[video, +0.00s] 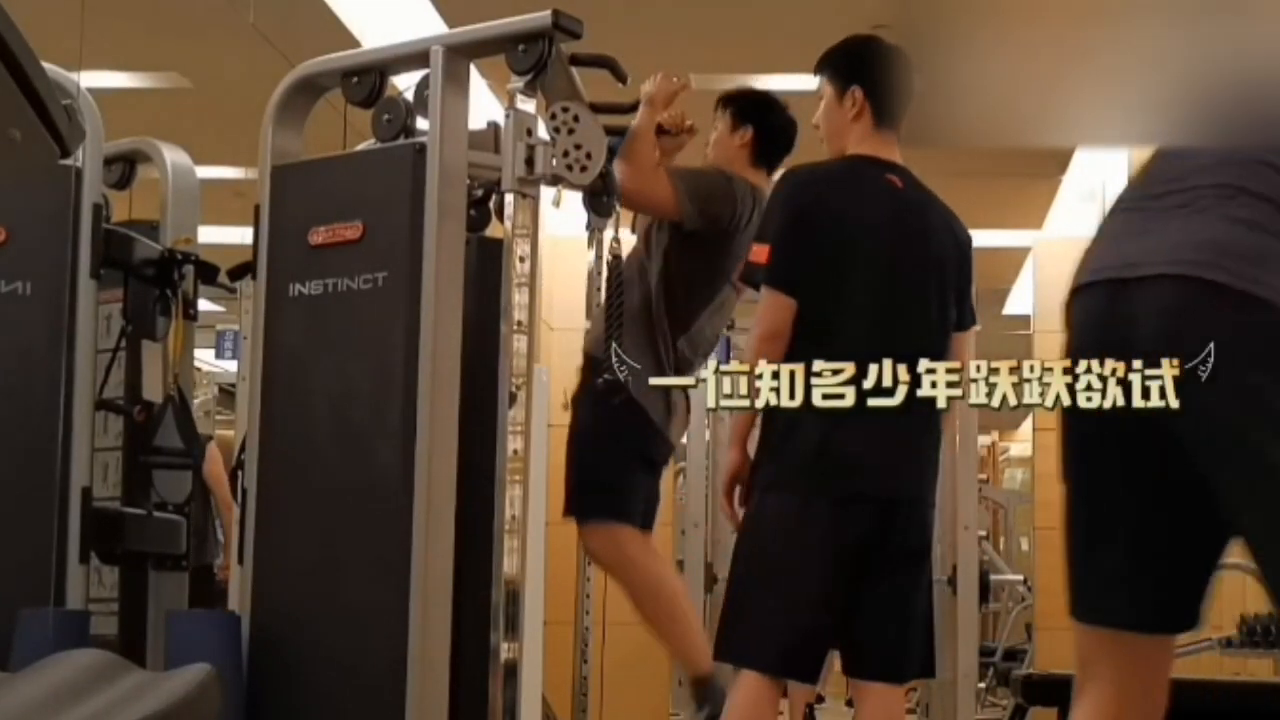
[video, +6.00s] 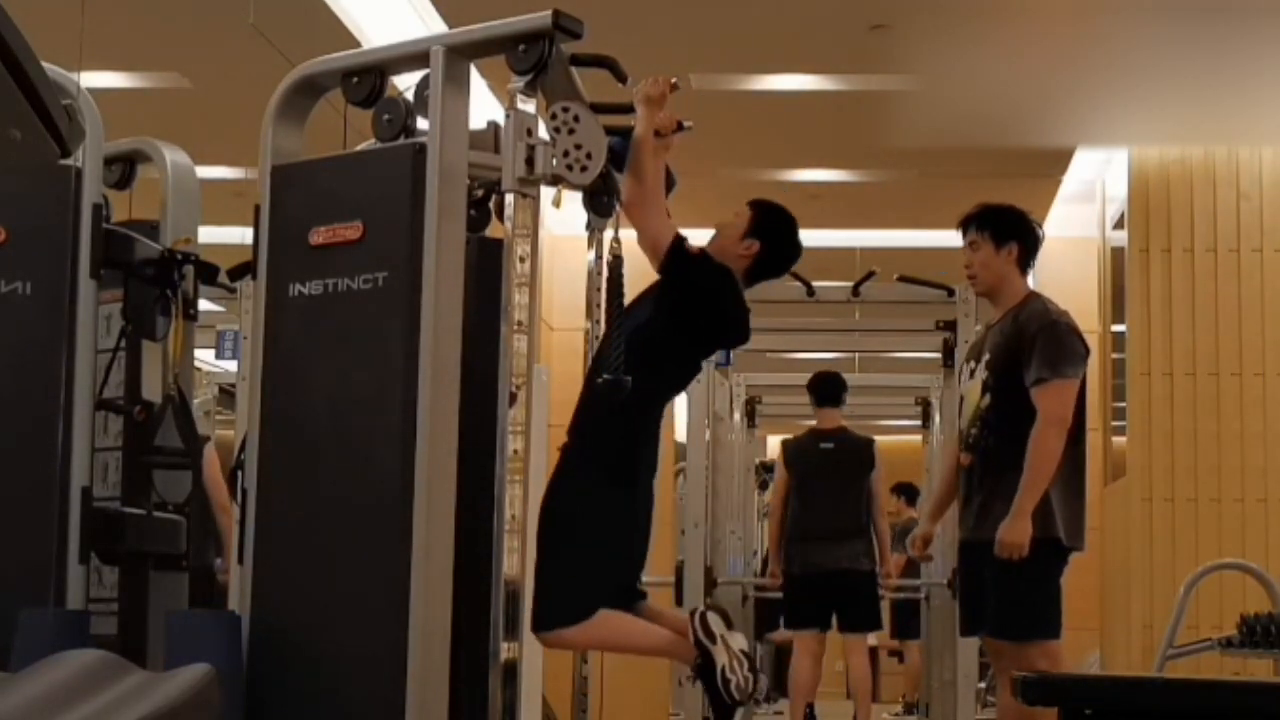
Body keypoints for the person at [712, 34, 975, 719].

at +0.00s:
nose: (816, 116)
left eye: (822, 99)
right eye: (818, 100)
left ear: (854, 102)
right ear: (886, 108)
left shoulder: (808, 189)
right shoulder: (947, 227)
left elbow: (774, 333)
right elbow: (957, 367)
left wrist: (740, 440)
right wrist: (903, 437)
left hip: (806, 474)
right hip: (903, 482)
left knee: (761, 667)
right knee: (882, 677)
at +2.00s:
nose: (786, 197)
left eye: (790, 188)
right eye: (792, 188)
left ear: (798, 199)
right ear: (853, 210)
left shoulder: (763, 258)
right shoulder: (865, 290)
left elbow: (687, 212)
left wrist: (663, 140)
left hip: (773, 498)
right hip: (850, 504)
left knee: (758, 681)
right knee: (862, 676)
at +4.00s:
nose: (705, 230)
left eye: (717, 227)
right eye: (713, 223)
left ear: (736, 249)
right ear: (739, 256)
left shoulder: (700, 294)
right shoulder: (696, 293)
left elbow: (638, 211)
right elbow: (646, 218)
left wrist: (644, 127)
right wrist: (654, 142)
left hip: (584, 465)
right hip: (597, 465)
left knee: (539, 618)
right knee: (585, 607)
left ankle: (668, 689)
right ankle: (689, 646)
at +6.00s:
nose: (722, 219)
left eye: (734, 219)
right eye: (732, 215)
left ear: (747, 248)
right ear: (751, 253)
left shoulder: (707, 286)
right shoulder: (707, 288)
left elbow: (642, 208)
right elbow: (646, 214)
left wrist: (644, 125)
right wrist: (656, 137)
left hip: (603, 455)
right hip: (621, 456)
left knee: (558, 621)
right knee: (607, 602)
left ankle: (699, 654)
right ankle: (702, 630)